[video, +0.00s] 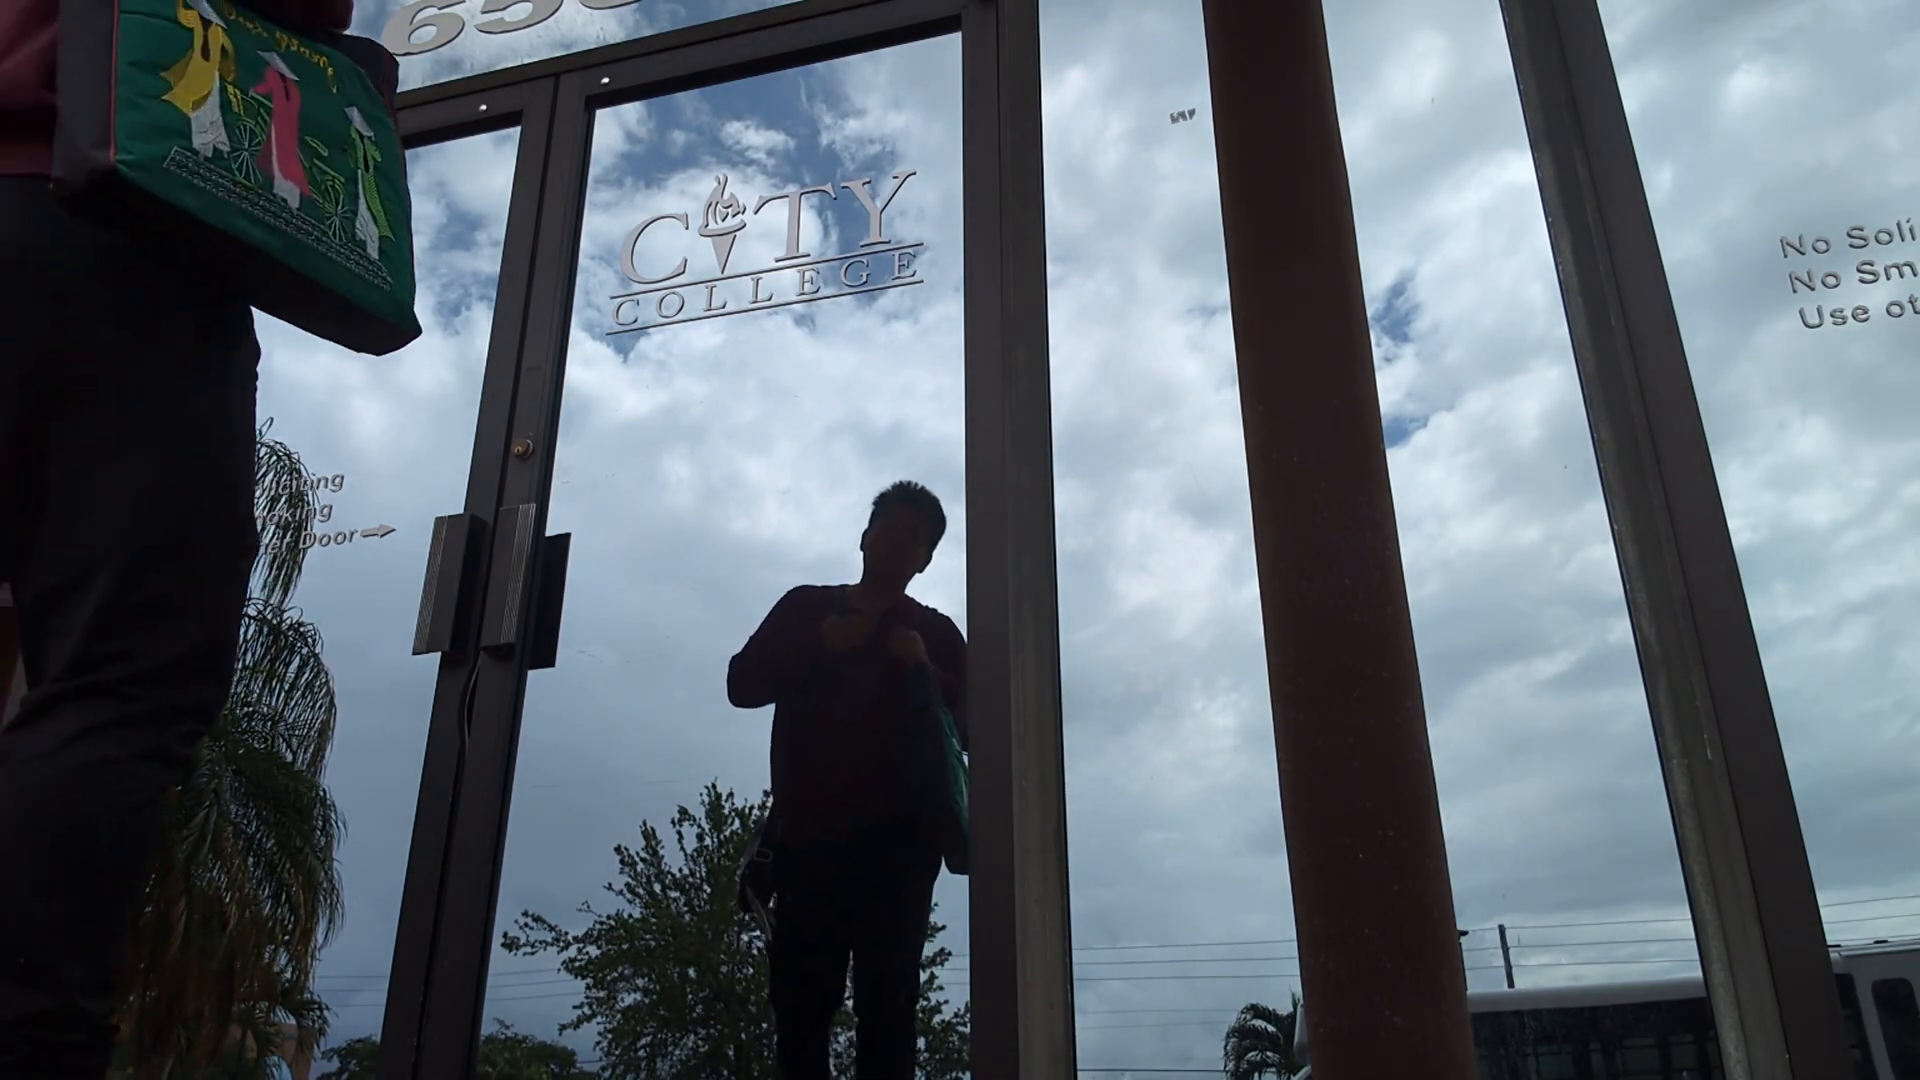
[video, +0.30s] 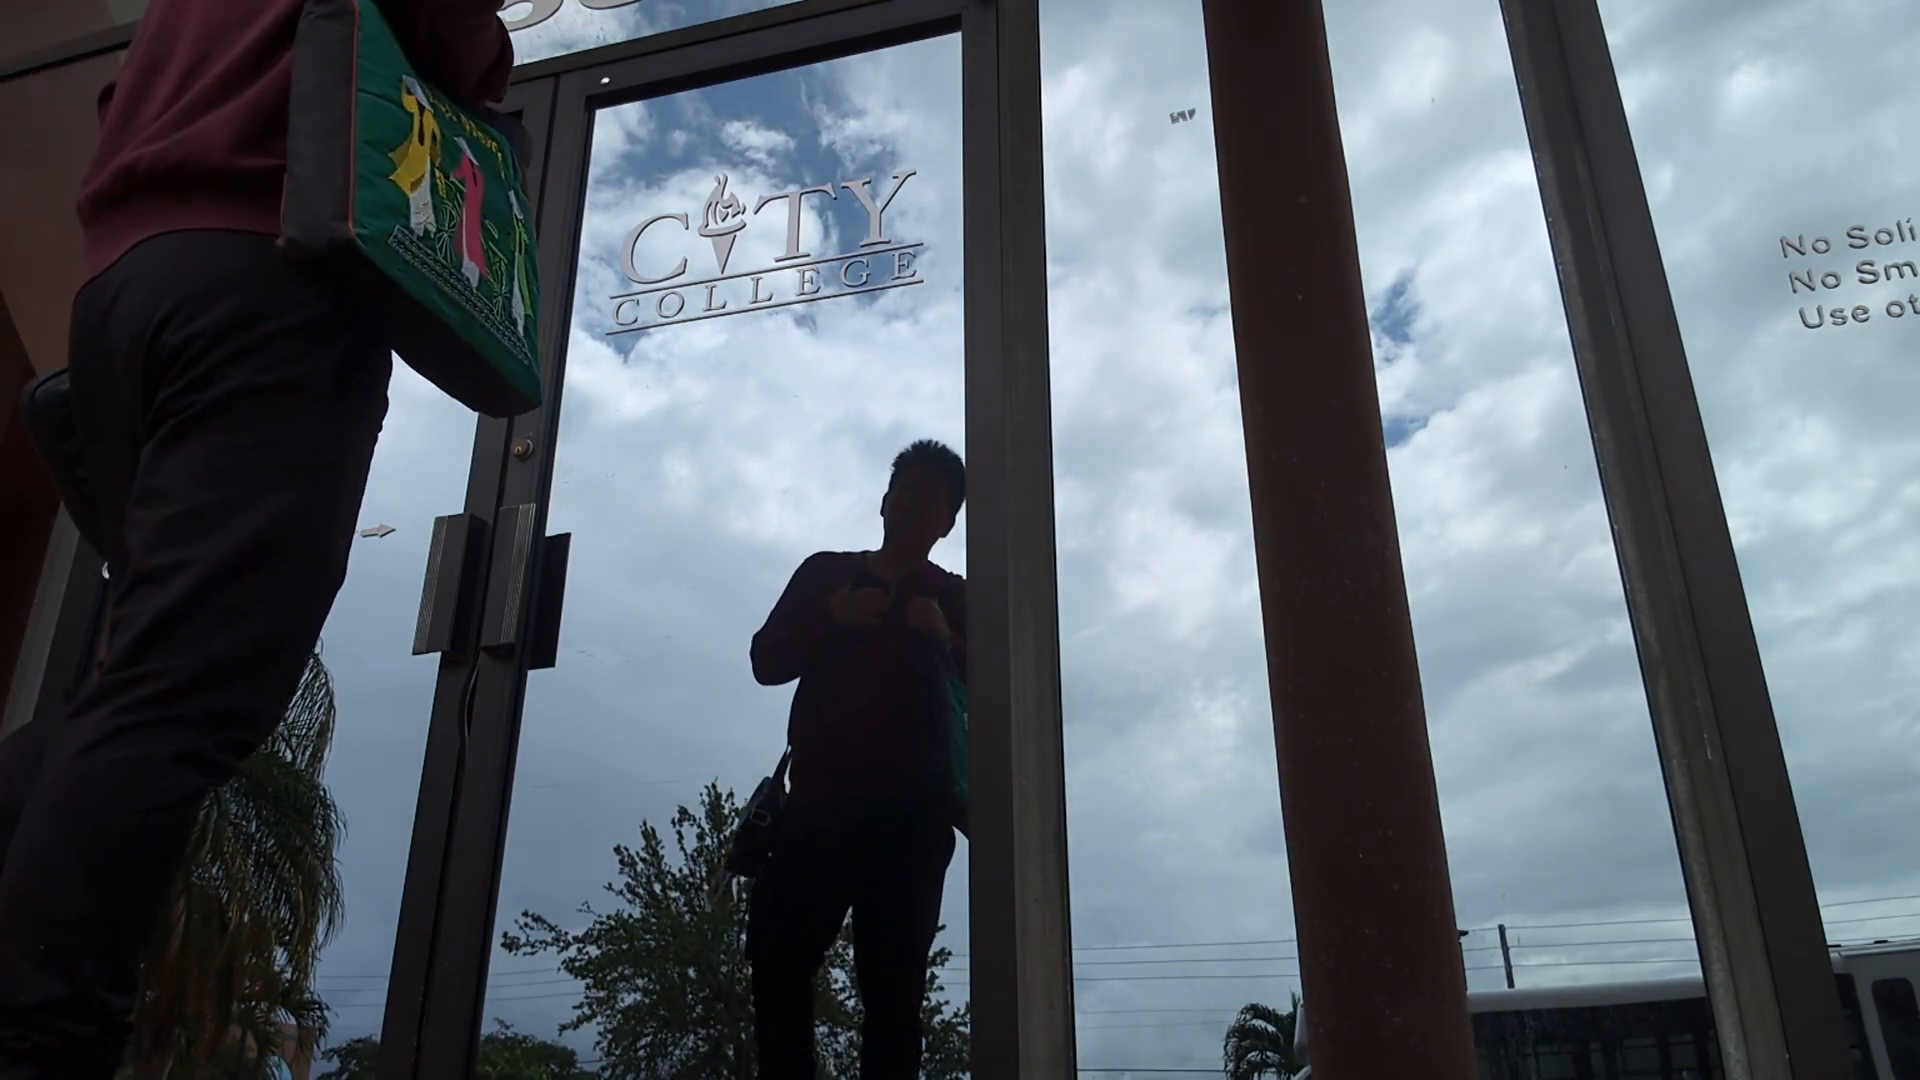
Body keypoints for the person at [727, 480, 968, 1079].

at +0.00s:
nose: (896, 545)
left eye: (913, 539)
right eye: (888, 530)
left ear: (927, 557)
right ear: (866, 534)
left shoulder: (939, 633)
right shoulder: (805, 606)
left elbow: (972, 732)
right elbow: (741, 687)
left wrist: (920, 666)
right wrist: (820, 643)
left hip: (902, 840)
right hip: (809, 832)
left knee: (889, 1008)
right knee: (800, 1009)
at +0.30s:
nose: (908, 505)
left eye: (927, 499)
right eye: (901, 491)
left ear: (948, 519)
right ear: (884, 498)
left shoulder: (962, 598)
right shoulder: (823, 573)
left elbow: (990, 690)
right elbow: (767, 664)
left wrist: (942, 636)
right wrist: (832, 615)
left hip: (914, 814)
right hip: (818, 804)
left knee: (892, 987)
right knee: (777, 973)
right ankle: (789, 1076)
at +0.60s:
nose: (894, 477)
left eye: (912, 467)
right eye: (884, 463)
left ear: (939, 487)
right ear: (868, 474)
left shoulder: (960, 576)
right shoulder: (815, 553)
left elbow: (990, 677)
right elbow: (759, 649)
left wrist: (945, 617)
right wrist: (827, 600)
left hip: (914, 804)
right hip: (815, 794)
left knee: (894, 993)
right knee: (782, 984)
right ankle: (763, 1078)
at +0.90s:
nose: (852, 443)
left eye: (868, 431)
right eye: (839, 429)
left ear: (894, 450)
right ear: (820, 444)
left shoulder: (919, 549)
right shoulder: (772, 522)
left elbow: (958, 659)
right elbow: (717, 624)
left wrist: (921, 590)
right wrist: (802, 579)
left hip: (896, 785)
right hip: (795, 777)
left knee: (888, 979)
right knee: (774, 972)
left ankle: (884, 1079)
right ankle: (759, 1076)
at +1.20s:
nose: (828, 410)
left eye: (841, 397)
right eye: (811, 397)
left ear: (861, 414)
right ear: (783, 413)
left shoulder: (878, 520)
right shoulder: (739, 493)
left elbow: (923, 639)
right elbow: (686, 602)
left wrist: (901, 570)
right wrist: (784, 574)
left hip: (879, 764)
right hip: (784, 759)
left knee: (916, 944)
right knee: (769, 950)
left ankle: (890, 1073)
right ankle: (751, 1072)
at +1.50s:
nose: (861, 397)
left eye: (865, 384)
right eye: (844, 380)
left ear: (863, 397)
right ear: (793, 393)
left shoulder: (869, 508)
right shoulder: (737, 478)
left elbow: (910, 634)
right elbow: (685, 586)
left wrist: (895, 560)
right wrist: (787, 571)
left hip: (873, 758)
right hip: (781, 753)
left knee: (906, 945)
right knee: (771, 946)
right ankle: (752, 1078)